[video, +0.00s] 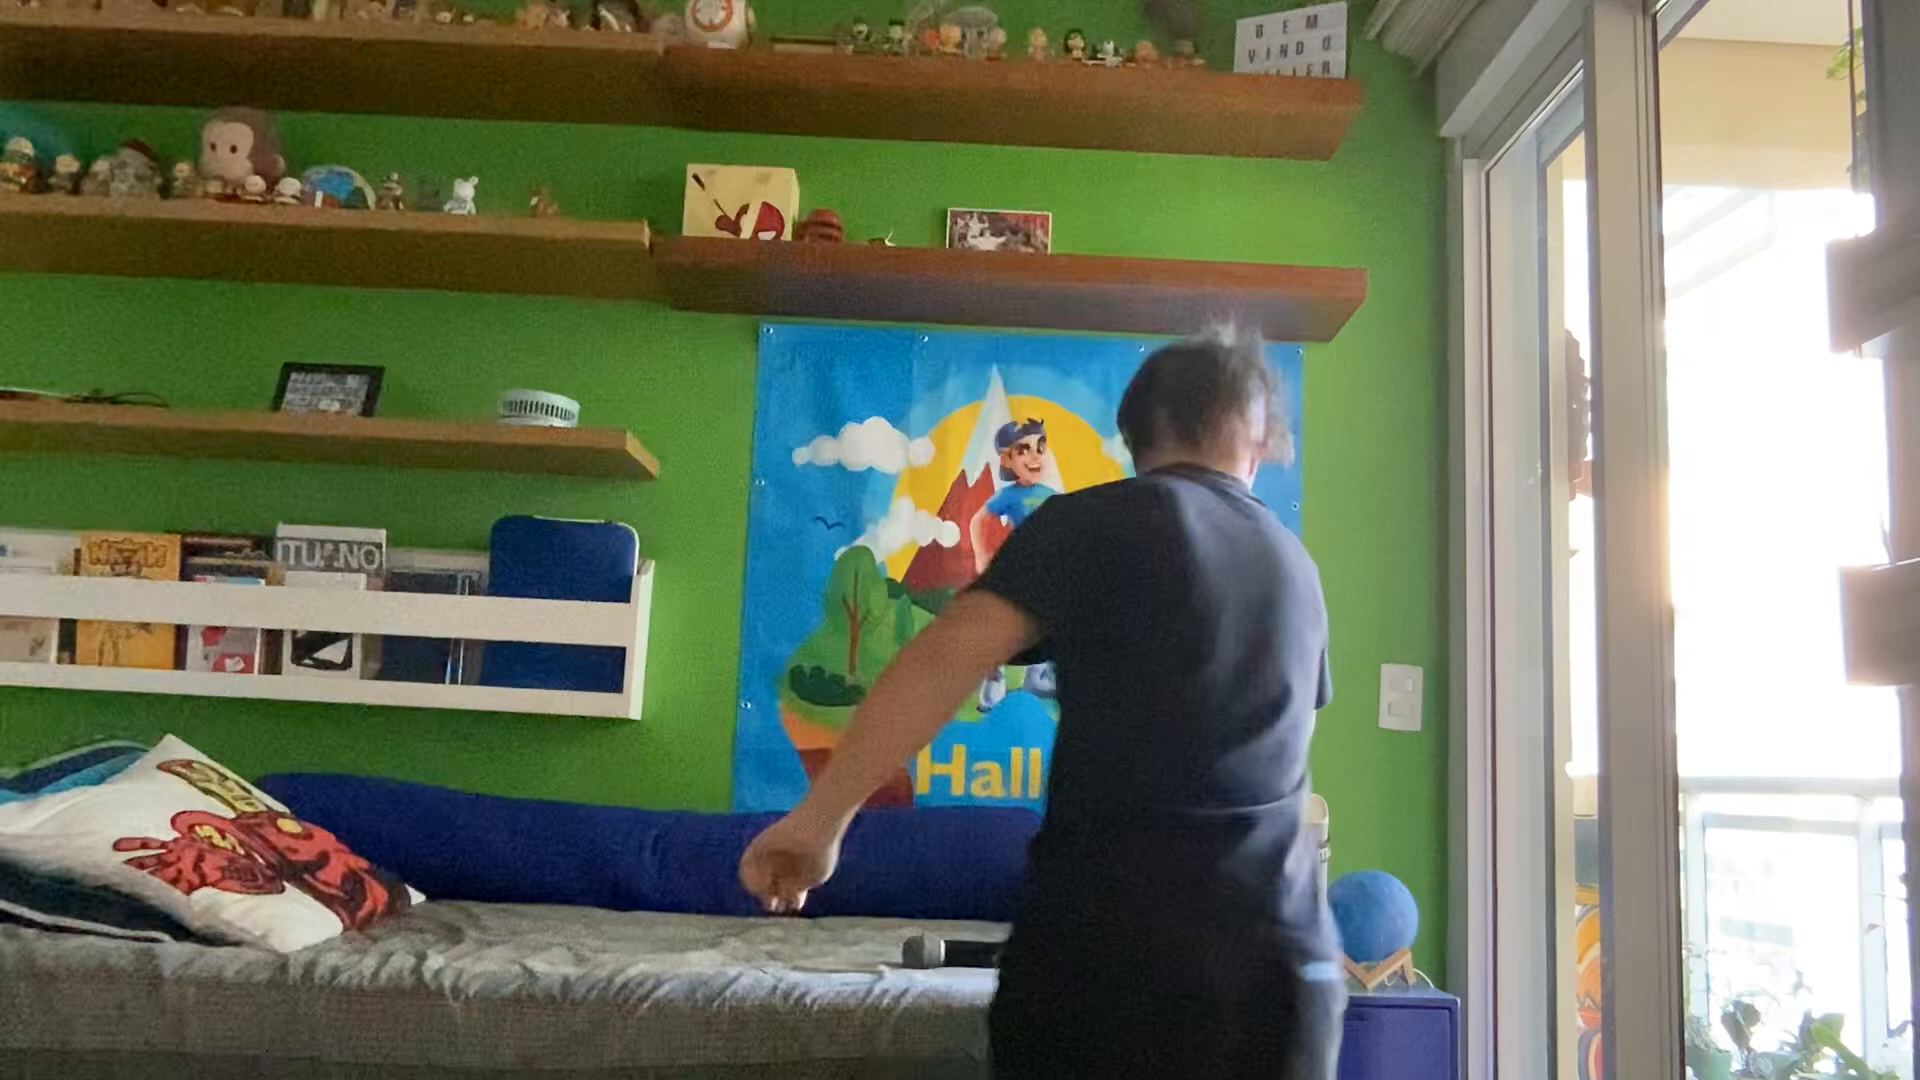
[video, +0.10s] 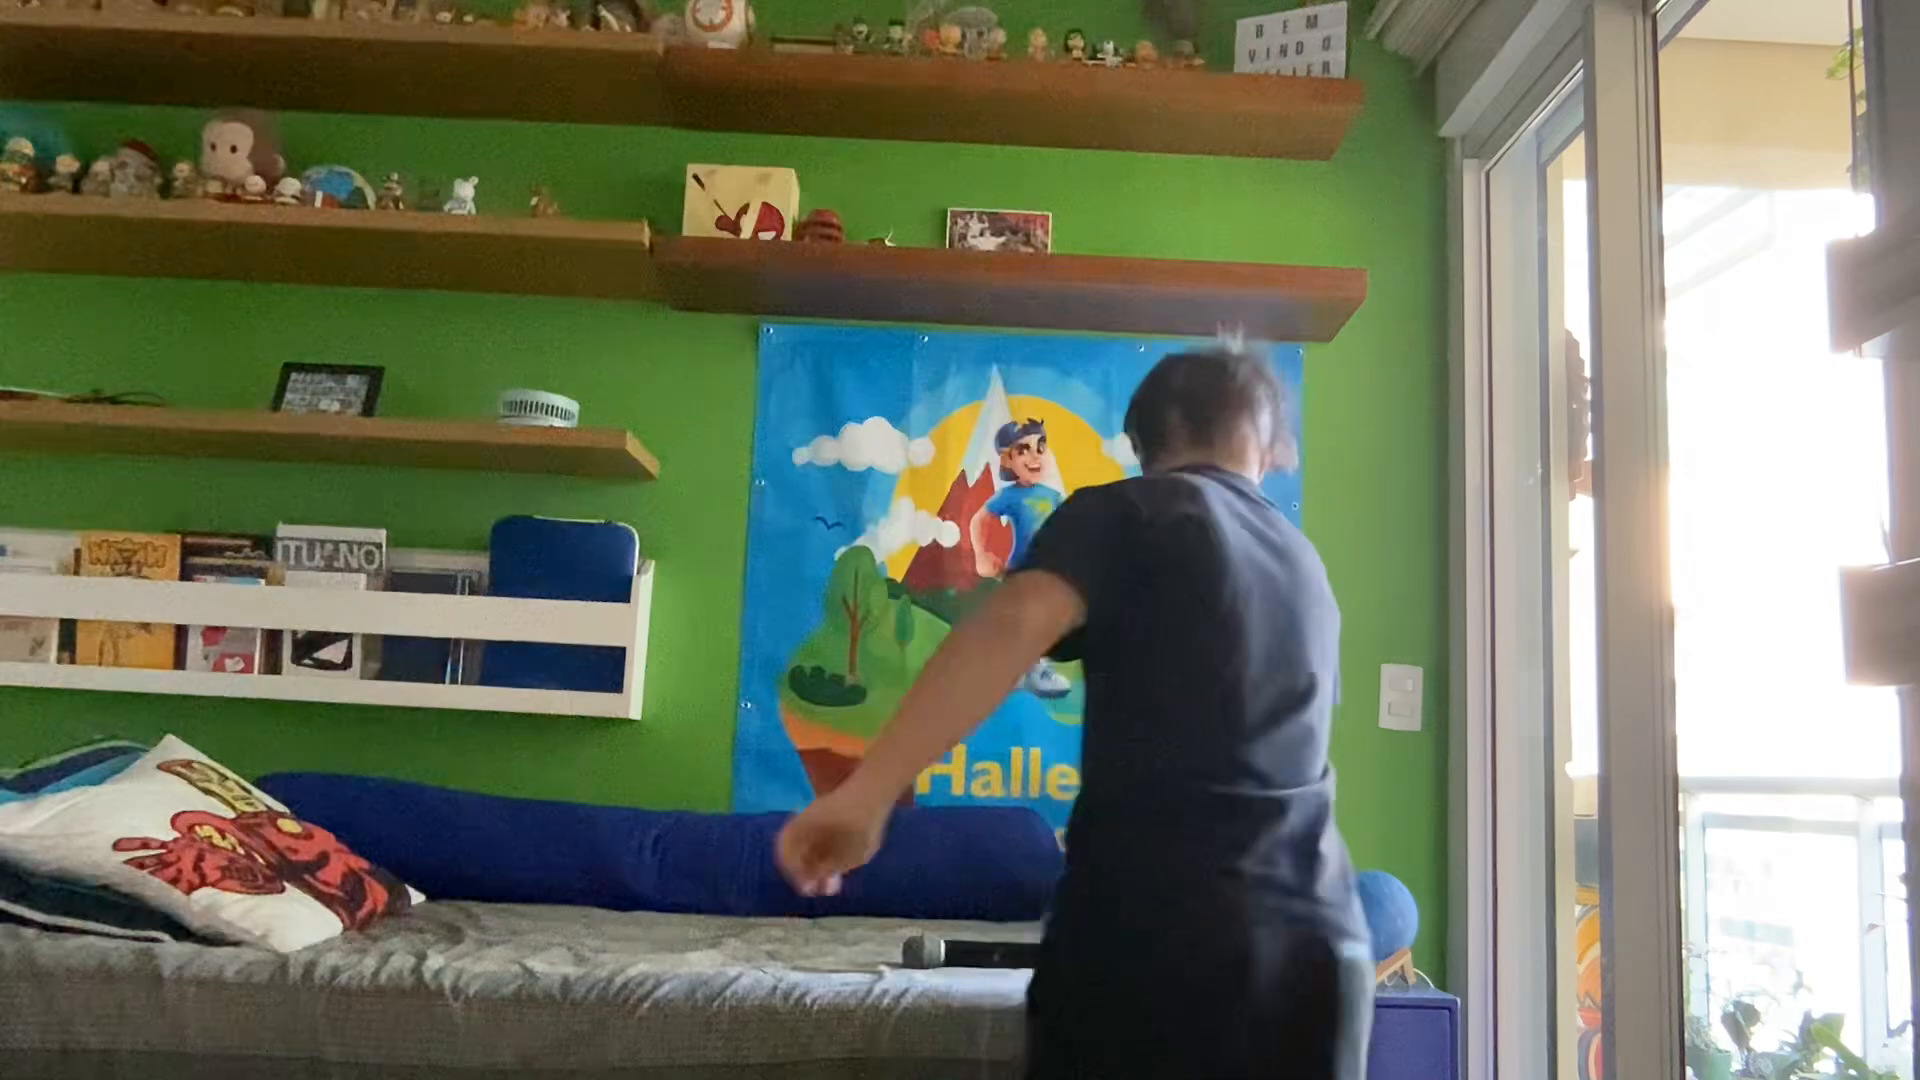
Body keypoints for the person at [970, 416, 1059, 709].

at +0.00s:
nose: (1033, 460)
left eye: (1038, 450)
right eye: (1022, 452)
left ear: (1046, 454)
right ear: (1006, 460)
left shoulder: (1051, 493)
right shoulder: (1009, 494)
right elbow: (977, 521)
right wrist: (982, 560)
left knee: (1049, 624)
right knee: (999, 624)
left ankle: (1041, 672)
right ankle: (995, 677)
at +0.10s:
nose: (1033, 459)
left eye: (1039, 450)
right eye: (1023, 451)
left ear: (1047, 454)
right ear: (1007, 460)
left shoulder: (1053, 495)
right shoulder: (1009, 495)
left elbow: (1068, 523)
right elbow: (978, 520)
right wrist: (981, 557)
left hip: (1051, 566)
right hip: (1021, 567)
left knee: (1042, 621)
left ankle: (1027, 668)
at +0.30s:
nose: (1033, 458)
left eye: (1039, 450)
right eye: (1023, 451)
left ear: (1045, 456)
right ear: (1008, 460)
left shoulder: (1051, 494)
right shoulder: (1007, 495)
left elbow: (1071, 515)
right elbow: (977, 520)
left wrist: (1074, 544)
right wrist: (981, 555)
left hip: (1049, 570)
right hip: (1019, 571)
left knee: (1043, 620)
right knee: (1010, 618)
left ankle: (1036, 669)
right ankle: (996, 668)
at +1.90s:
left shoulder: (1059, 493)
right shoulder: (1012, 492)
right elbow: (977, 522)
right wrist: (981, 557)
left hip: (1050, 568)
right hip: (1020, 569)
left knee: (1043, 620)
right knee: (1010, 619)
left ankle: (1037, 670)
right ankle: (996, 670)